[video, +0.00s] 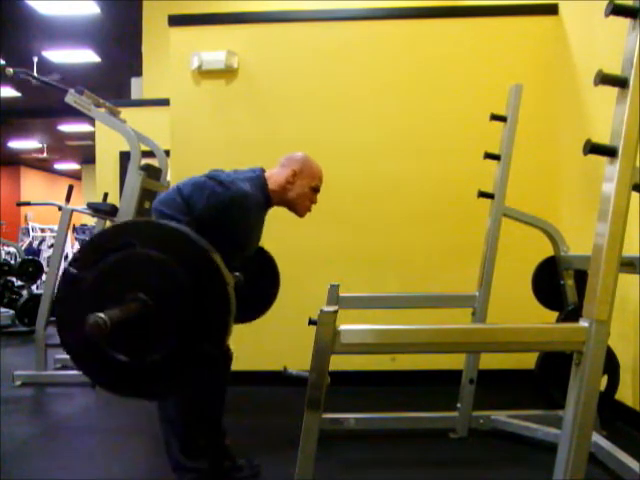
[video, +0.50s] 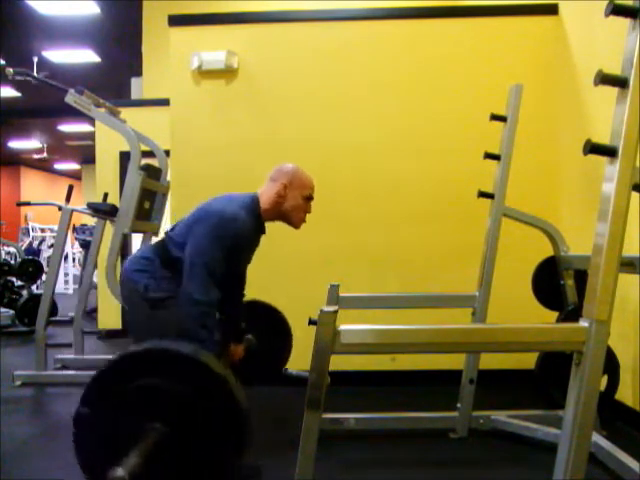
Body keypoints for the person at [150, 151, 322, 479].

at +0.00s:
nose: (315, 201)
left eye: (317, 193)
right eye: (313, 190)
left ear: (290, 178)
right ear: (290, 177)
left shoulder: (252, 202)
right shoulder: (238, 196)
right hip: (167, 293)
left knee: (210, 365)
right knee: (196, 369)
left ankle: (205, 455)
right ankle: (196, 461)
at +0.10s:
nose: (319, 206)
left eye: (321, 198)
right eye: (317, 195)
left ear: (294, 184)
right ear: (294, 183)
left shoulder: (255, 209)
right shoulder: (239, 197)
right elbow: (167, 212)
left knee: (214, 364)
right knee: (190, 373)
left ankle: (210, 456)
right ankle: (196, 463)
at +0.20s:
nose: (313, 204)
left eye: (316, 196)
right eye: (312, 193)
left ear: (288, 182)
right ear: (290, 181)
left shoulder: (251, 207)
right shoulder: (236, 200)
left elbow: (219, 258)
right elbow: (170, 245)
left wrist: (227, 287)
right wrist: (213, 286)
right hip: (173, 300)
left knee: (206, 380)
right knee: (193, 382)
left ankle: (206, 456)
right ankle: (196, 462)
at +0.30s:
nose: (308, 202)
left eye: (310, 194)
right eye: (306, 192)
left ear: (280, 181)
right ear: (282, 181)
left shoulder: (247, 208)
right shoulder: (232, 202)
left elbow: (218, 264)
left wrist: (230, 301)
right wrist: (226, 305)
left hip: (174, 280)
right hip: (156, 279)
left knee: (211, 355)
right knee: (205, 356)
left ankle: (200, 453)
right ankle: (202, 454)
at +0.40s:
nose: (307, 204)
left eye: (309, 196)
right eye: (304, 194)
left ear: (277, 186)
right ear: (279, 185)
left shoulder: (245, 216)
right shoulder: (224, 209)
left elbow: (224, 276)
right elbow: (187, 277)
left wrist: (231, 321)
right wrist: (211, 330)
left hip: (173, 287)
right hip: (149, 286)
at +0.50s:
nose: (310, 209)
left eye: (311, 201)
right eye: (307, 199)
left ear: (282, 191)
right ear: (282, 191)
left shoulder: (247, 224)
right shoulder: (228, 219)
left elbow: (231, 292)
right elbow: (198, 296)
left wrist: (233, 339)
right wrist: (213, 354)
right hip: (148, 285)